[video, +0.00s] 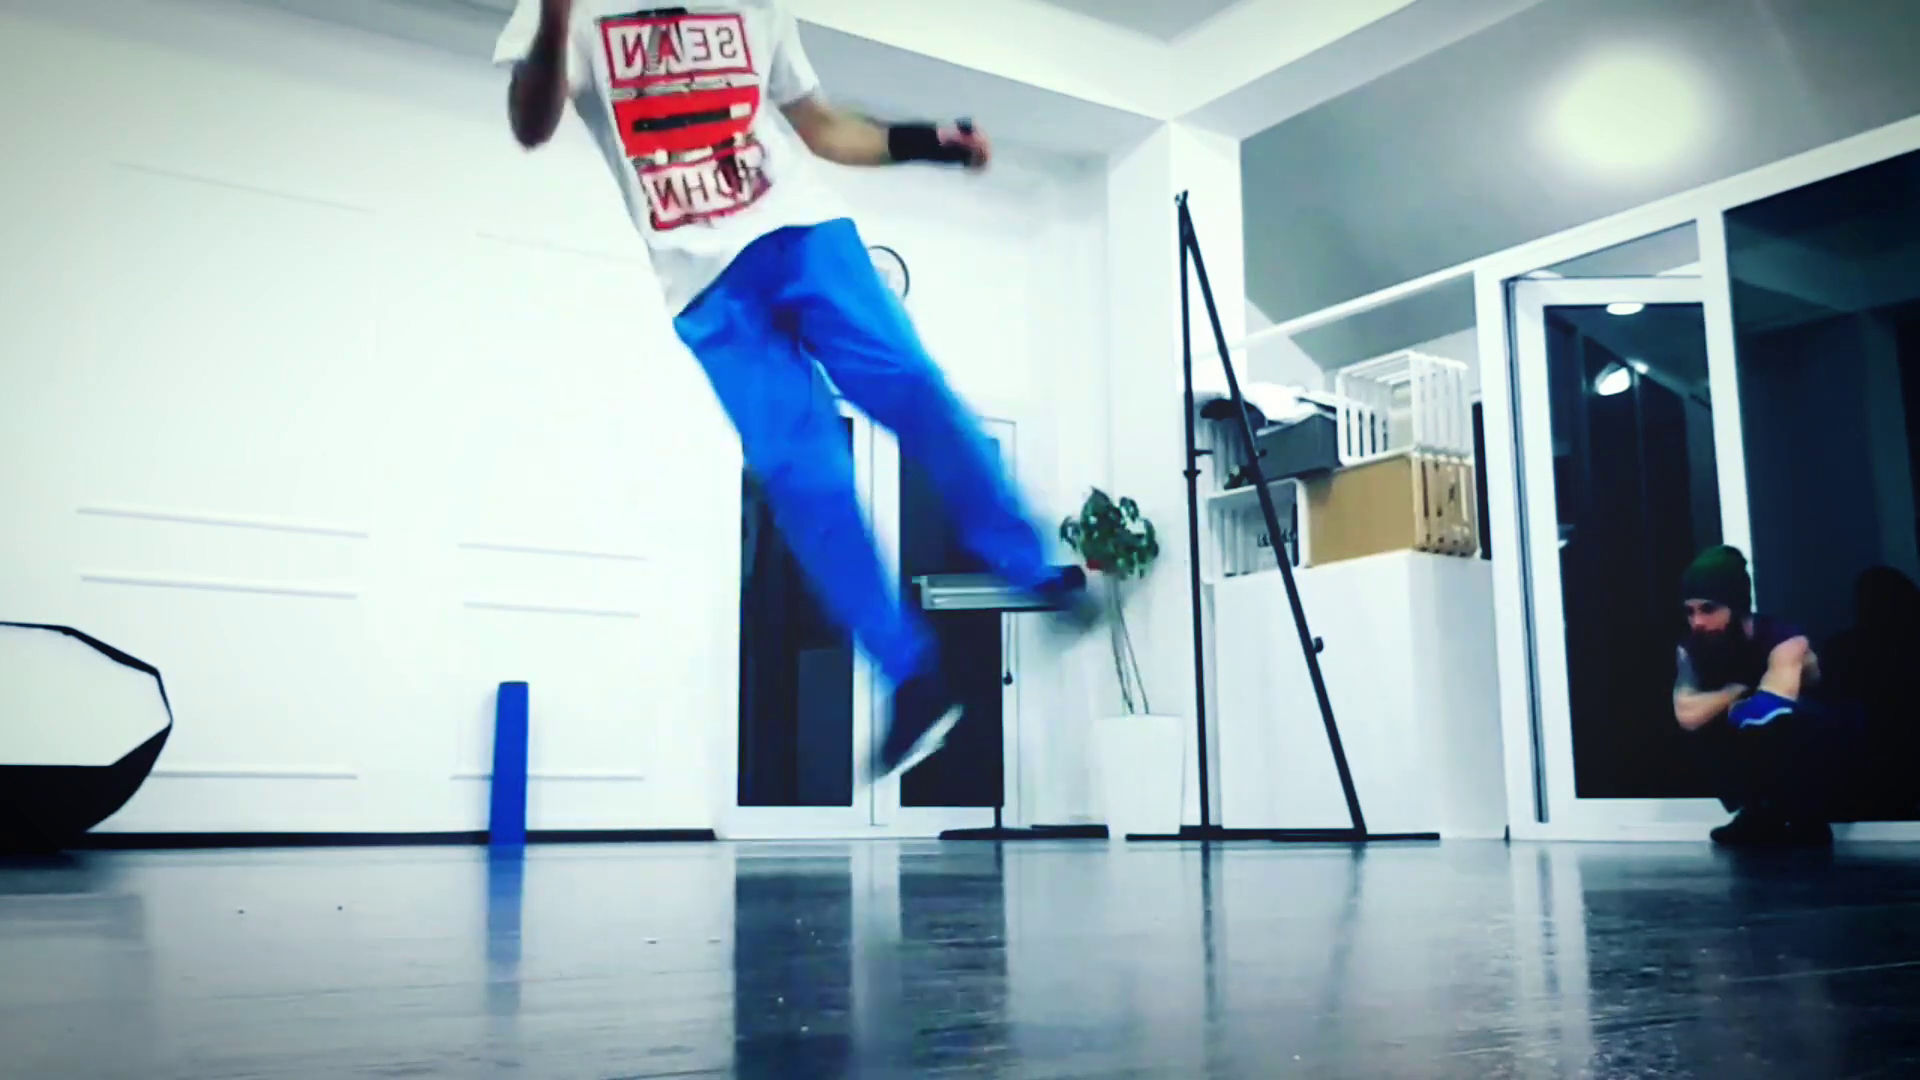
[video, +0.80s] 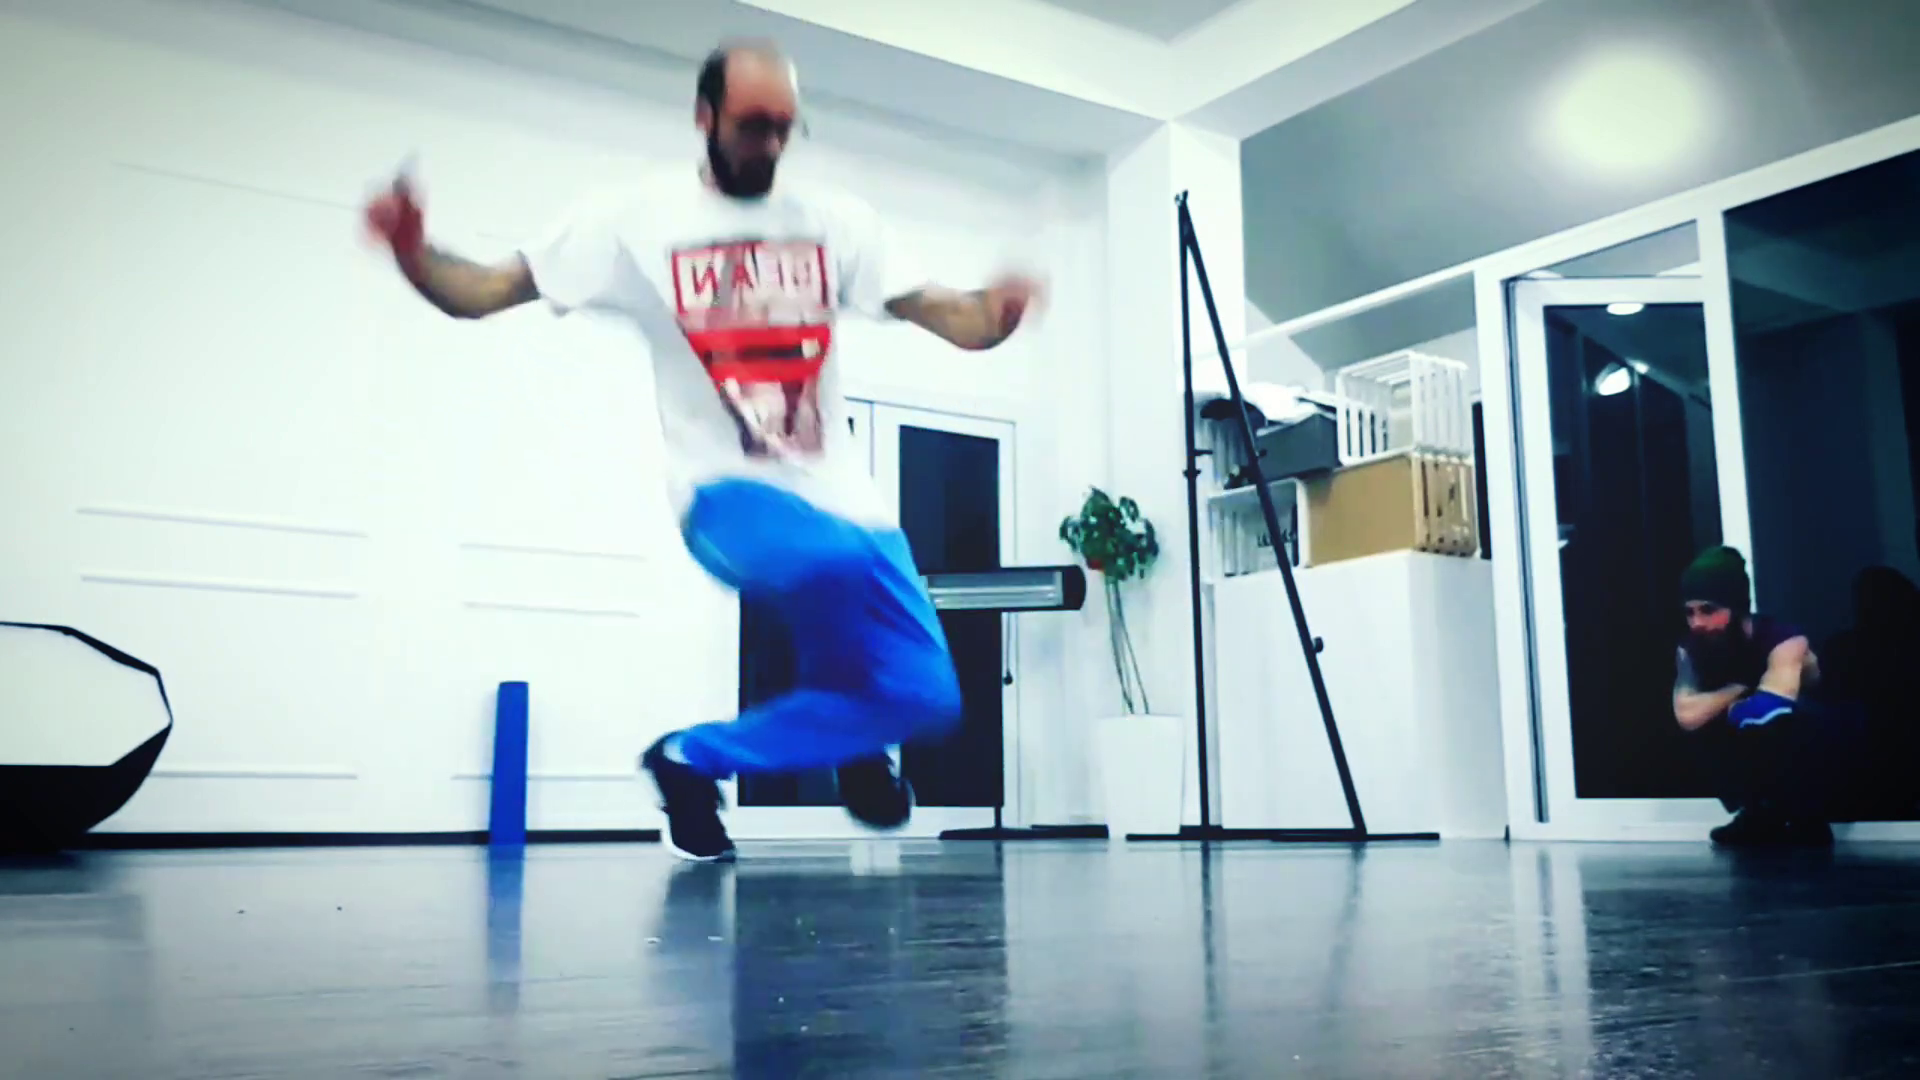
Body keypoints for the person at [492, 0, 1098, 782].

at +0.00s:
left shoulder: (757, 13)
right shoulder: (568, 16)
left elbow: (822, 127)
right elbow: (530, 128)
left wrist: (930, 141)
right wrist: (552, 19)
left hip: (800, 225)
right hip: (698, 280)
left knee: (914, 391)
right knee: (801, 473)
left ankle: (1037, 569)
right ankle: (911, 672)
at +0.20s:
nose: (685, 10)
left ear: (713, 9)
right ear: (634, 4)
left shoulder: (764, 107)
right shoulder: (570, 115)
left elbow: (877, 210)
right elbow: (535, 256)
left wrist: (1009, 201)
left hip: (826, 353)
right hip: (711, 411)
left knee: (989, 438)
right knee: (722, 595)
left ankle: (1144, 567)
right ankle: (809, 805)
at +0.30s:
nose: (694, 12)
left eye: (705, 3)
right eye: (676, 3)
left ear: (723, 1)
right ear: (646, 3)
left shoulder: (792, 81)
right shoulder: (591, 109)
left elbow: (892, 188)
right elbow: (556, 268)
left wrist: (1002, 194)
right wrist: (521, 428)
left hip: (805, 356)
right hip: (679, 382)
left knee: (901, 495)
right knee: (648, 549)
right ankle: (738, 760)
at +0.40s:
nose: (699, 36)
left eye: (711, 15)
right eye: (677, 20)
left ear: (735, 13)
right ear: (644, 24)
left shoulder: (816, 103)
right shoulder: (615, 140)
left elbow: (902, 214)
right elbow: (564, 302)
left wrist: (984, 256)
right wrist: (497, 447)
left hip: (794, 398)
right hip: (668, 377)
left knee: (788, 586)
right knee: (584, 527)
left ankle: (659, 784)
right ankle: (524, 664)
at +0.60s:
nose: (722, 108)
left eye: (736, 83)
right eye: (698, 90)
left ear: (763, 66)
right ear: (669, 85)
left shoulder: (841, 185)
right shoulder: (641, 190)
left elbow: (915, 299)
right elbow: (549, 319)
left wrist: (960, 362)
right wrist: (443, 401)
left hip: (786, 449)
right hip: (675, 415)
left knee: (782, 623)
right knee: (622, 539)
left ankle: (639, 798)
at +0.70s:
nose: (757, 96)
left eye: (769, 76)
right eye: (735, 78)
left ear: (786, 69)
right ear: (692, 73)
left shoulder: (837, 182)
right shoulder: (636, 182)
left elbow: (910, 296)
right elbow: (532, 294)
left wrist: (973, 355)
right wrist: (431, 344)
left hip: (814, 436)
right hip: (700, 413)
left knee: (837, 633)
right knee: (737, 530)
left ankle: (651, 777)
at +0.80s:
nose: (770, 147)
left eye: (782, 129)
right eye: (754, 127)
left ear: (797, 127)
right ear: (705, 117)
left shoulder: (833, 227)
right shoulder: (639, 225)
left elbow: (949, 317)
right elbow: (483, 291)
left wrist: (994, 314)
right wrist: (416, 255)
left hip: (842, 495)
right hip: (727, 487)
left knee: (924, 695)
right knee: (843, 559)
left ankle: (693, 757)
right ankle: (855, 733)